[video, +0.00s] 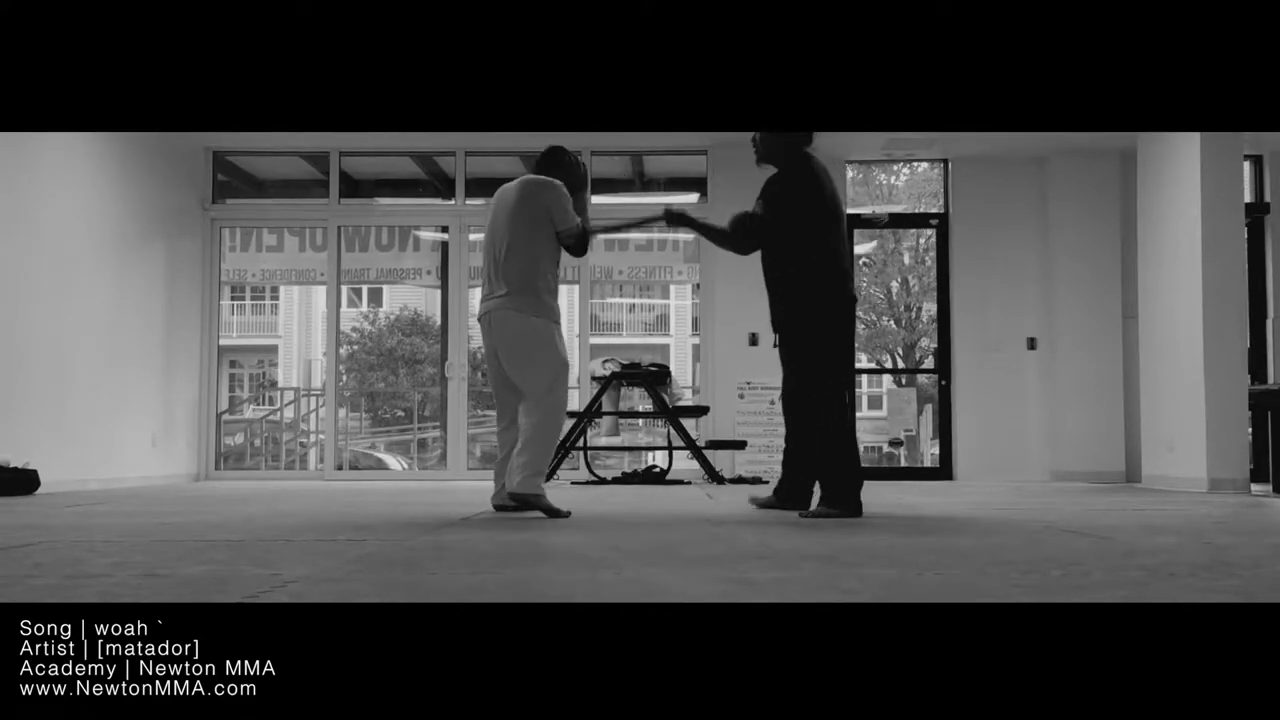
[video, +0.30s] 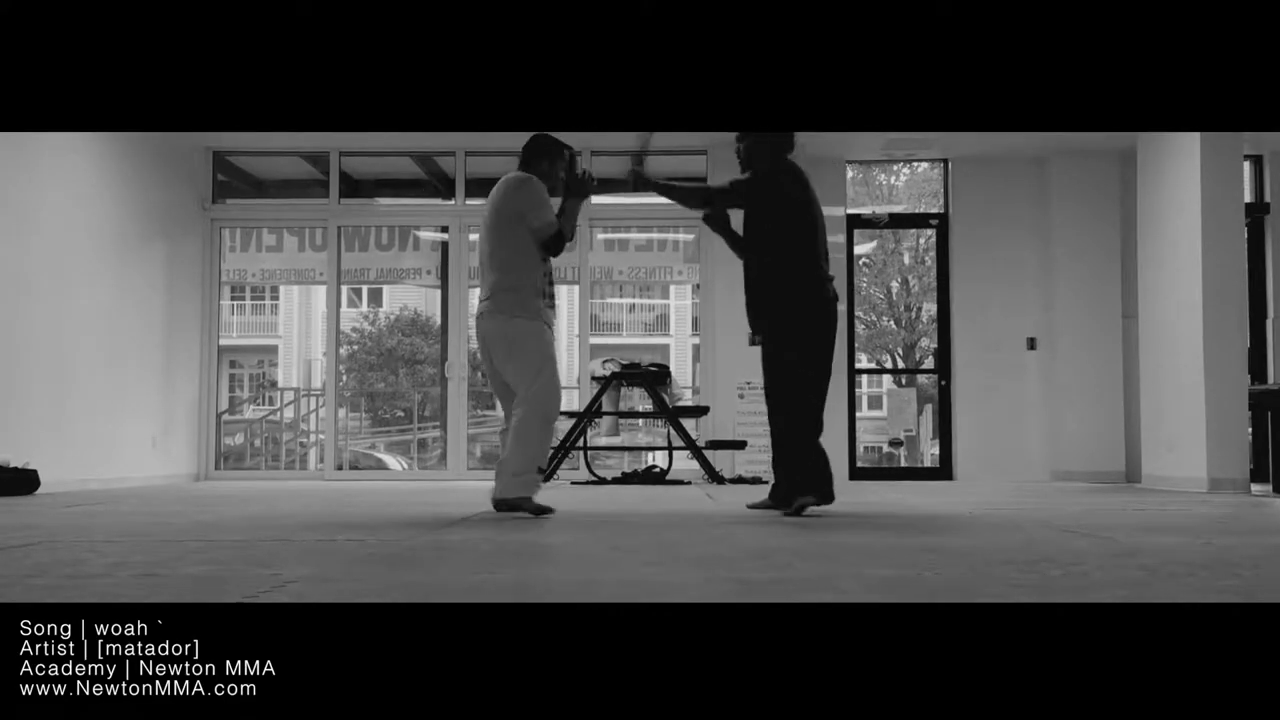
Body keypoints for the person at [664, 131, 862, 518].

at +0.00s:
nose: (753, 141)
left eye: (760, 134)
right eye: (756, 134)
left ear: (780, 138)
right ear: (790, 139)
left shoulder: (788, 182)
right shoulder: (809, 176)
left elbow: (743, 241)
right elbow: (796, 236)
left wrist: (691, 222)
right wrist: (757, 222)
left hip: (815, 314)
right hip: (808, 313)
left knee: (827, 402)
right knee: (800, 402)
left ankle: (843, 500)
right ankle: (793, 493)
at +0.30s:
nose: (737, 151)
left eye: (744, 143)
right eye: (738, 144)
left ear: (765, 145)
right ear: (773, 147)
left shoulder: (774, 180)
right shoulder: (780, 182)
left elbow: (705, 197)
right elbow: (758, 258)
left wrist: (653, 183)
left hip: (798, 312)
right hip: (795, 311)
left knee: (792, 402)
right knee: (787, 403)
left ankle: (808, 488)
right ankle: (786, 490)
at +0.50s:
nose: (735, 148)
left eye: (739, 141)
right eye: (735, 142)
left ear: (755, 143)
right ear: (774, 143)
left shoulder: (770, 174)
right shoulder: (782, 182)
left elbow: (712, 176)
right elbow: (754, 265)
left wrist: (659, 175)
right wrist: (720, 241)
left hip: (783, 313)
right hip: (792, 312)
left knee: (771, 402)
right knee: (783, 403)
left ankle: (775, 495)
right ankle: (784, 493)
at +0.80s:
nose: (730, 162)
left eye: (732, 152)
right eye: (729, 155)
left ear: (745, 146)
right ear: (766, 143)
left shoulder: (769, 174)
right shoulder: (768, 181)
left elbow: (731, 157)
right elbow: (752, 267)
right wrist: (713, 249)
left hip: (786, 311)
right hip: (782, 310)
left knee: (776, 401)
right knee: (780, 401)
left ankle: (777, 495)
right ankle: (784, 493)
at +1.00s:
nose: (726, 145)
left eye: (731, 138)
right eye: (727, 140)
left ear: (746, 140)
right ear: (766, 141)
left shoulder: (764, 173)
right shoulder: (769, 181)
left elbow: (702, 174)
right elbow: (758, 266)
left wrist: (646, 143)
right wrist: (721, 247)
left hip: (784, 311)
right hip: (786, 309)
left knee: (776, 401)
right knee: (781, 400)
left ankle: (778, 495)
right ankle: (784, 494)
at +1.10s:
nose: (730, 153)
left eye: (733, 145)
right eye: (730, 146)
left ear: (747, 145)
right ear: (768, 146)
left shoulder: (759, 176)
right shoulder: (779, 181)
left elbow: (695, 188)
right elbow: (768, 257)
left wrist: (632, 187)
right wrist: (725, 249)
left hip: (777, 313)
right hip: (794, 310)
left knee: (770, 401)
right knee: (786, 401)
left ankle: (775, 496)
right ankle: (787, 494)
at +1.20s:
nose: (731, 154)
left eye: (734, 146)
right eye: (731, 147)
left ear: (748, 144)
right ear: (770, 146)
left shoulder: (757, 177)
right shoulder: (782, 183)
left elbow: (696, 210)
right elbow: (770, 257)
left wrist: (638, 226)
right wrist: (727, 251)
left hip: (771, 314)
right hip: (794, 310)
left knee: (761, 397)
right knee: (785, 398)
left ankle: (771, 495)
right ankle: (787, 493)